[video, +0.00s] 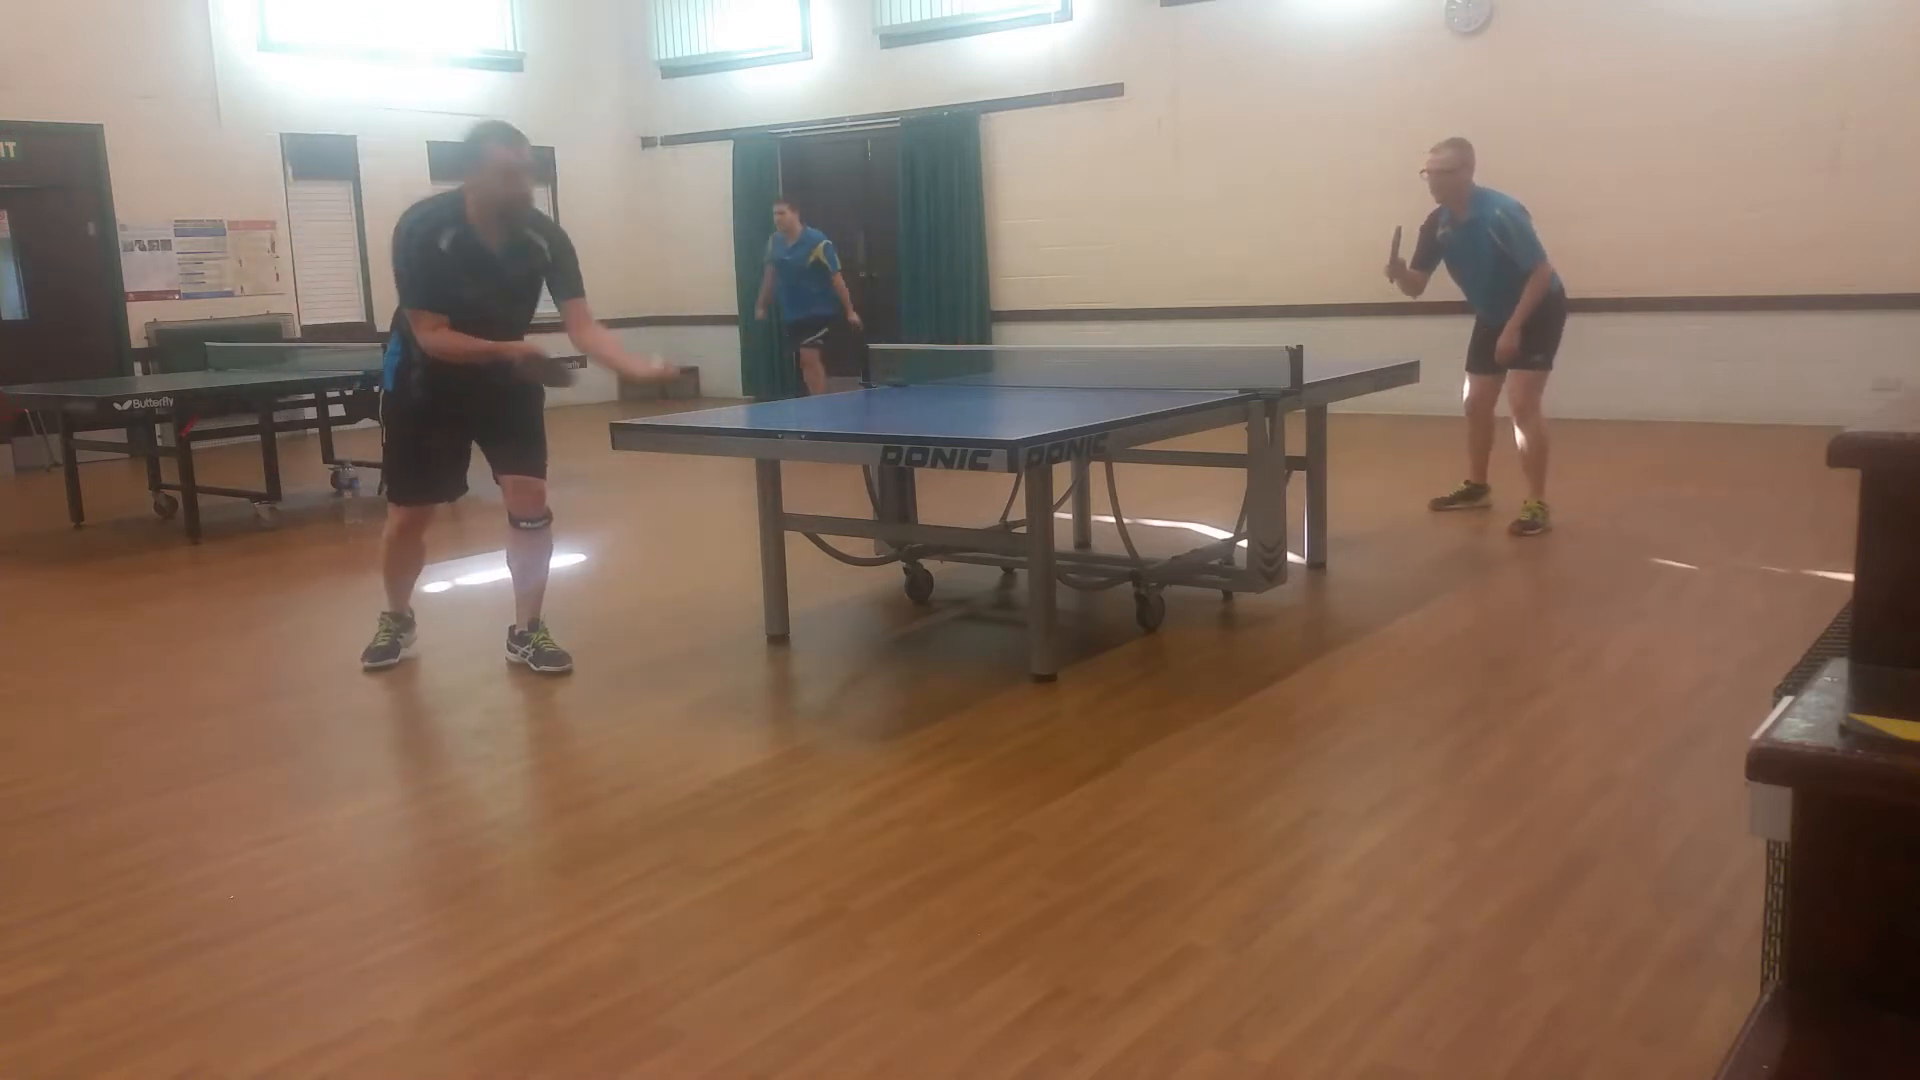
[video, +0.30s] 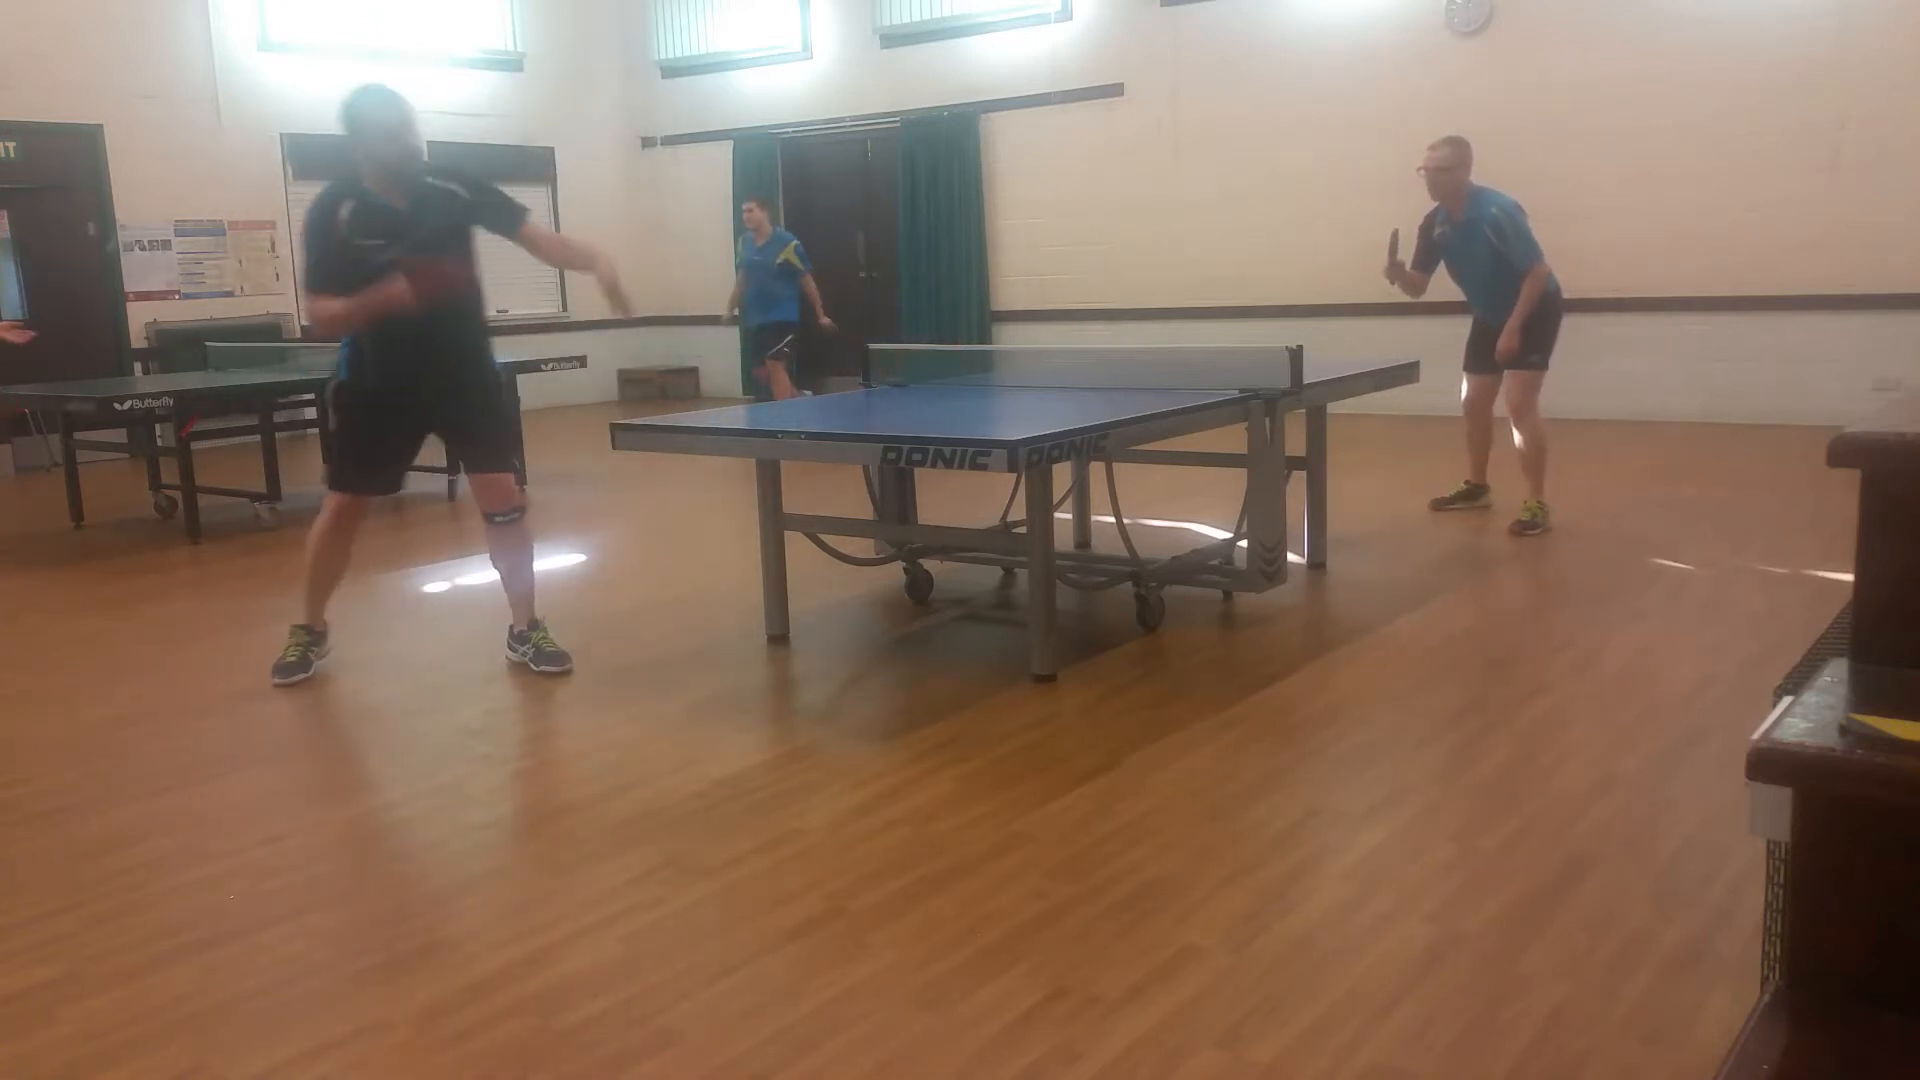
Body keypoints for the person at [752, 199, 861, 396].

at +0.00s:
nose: (777, 218)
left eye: (781, 213)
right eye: (775, 214)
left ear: (795, 214)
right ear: (773, 217)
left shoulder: (818, 242)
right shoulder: (775, 241)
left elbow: (837, 279)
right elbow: (769, 275)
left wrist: (850, 310)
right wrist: (762, 304)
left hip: (817, 310)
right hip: (791, 312)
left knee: (808, 359)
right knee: (808, 360)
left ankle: (820, 407)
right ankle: (821, 406)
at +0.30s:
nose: (745, 216)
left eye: (750, 211)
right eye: (743, 212)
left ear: (764, 212)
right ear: (743, 217)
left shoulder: (787, 242)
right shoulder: (745, 241)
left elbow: (806, 278)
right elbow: (742, 277)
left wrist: (820, 315)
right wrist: (730, 308)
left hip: (782, 317)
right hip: (755, 318)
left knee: (776, 364)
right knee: (759, 371)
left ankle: (783, 417)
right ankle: (799, 397)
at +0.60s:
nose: (701, 216)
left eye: (707, 212)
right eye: (700, 212)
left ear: (722, 215)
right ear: (702, 217)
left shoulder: (741, 244)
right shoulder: (704, 245)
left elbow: (751, 280)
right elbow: (710, 283)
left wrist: (729, 305)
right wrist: (711, 312)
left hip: (748, 321)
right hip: (716, 322)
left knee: (764, 371)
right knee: (706, 373)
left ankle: (783, 420)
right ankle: (698, 426)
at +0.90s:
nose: (647, 208)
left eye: (652, 203)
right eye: (646, 203)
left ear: (669, 206)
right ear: (647, 208)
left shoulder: (689, 236)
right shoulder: (650, 238)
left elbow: (702, 273)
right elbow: (655, 278)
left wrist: (666, 283)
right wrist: (648, 314)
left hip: (690, 318)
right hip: (662, 319)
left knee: (692, 370)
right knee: (671, 375)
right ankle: (682, 425)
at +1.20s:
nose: (599, 224)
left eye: (604, 219)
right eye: (598, 220)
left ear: (621, 220)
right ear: (601, 223)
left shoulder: (644, 250)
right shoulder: (607, 250)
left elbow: (662, 289)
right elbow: (608, 288)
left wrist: (629, 296)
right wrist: (591, 305)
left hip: (644, 329)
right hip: (619, 329)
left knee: (623, 377)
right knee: (622, 384)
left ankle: (631, 442)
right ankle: (667, 425)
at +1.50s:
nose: (563, 217)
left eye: (568, 212)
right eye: (561, 212)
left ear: (585, 212)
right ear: (562, 214)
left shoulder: (610, 240)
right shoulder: (565, 242)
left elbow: (628, 279)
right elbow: (571, 284)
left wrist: (594, 292)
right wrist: (568, 316)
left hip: (615, 318)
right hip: (584, 318)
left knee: (611, 375)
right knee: (569, 373)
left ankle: (624, 442)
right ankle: (562, 432)